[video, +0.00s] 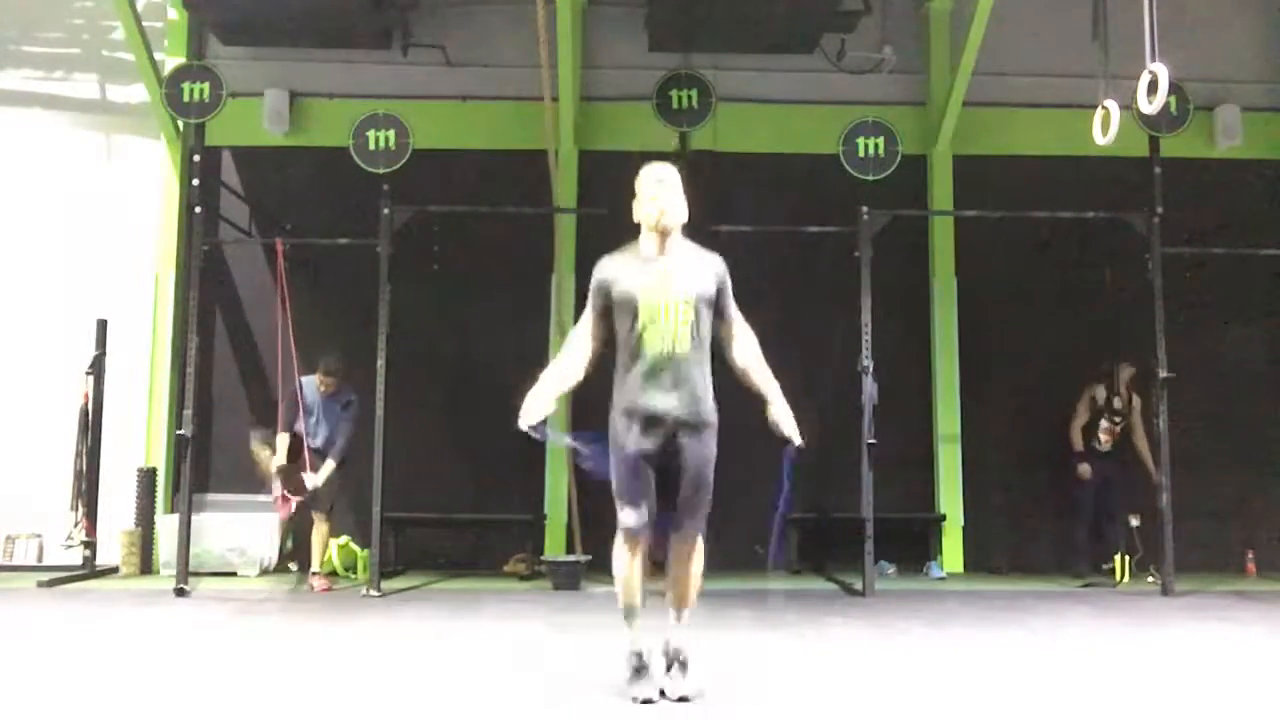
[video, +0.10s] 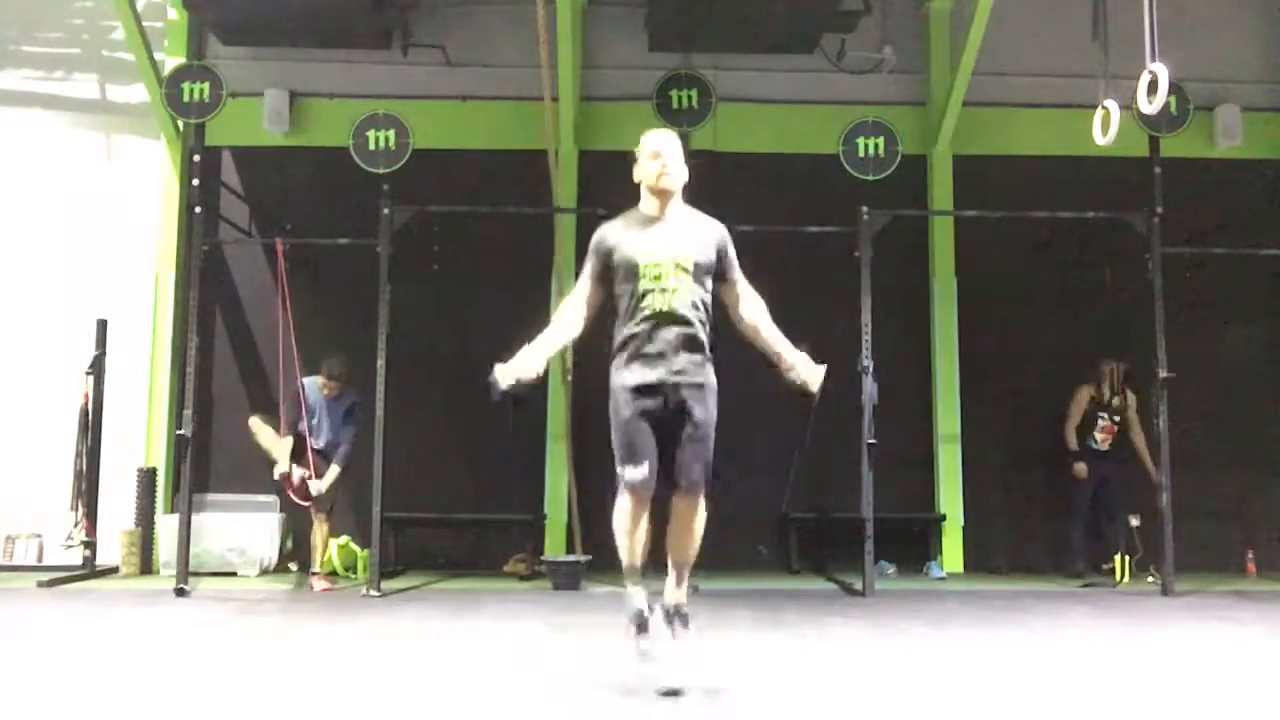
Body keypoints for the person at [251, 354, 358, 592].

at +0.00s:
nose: (322, 388)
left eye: (328, 385)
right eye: (320, 382)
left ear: (340, 381)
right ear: (316, 375)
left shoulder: (349, 401)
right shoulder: (301, 386)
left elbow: (342, 441)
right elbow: (285, 423)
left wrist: (321, 475)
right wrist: (280, 460)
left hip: (328, 457)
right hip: (298, 449)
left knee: (321, 514)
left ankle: (316, 571)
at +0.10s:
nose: (327, 391)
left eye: (333, 388)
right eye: (325, 386)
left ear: (344, 384)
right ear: (320, 377)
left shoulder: (351, 404)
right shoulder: (304, 387)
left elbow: (346, 445)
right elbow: (289, 425)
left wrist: (325, 483)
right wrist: (285, 462)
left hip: (327, 454)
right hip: (300, 445)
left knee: (321, 514)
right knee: (255, 422)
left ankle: (316, 573)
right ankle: (291, 470)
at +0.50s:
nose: (325, 394)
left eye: (331, 391)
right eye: (323, 388)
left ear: (342, 387)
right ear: (319, 382)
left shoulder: (350, 400)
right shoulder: (305, 390)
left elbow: (339, 440)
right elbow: (283, 420)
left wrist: (314, 471)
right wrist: (271, 454)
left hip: (328, 455)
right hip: (299, 445)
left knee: (322, 514)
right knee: (281, 446)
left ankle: (316, 572)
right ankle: (293, 496)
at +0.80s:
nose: (320, 396)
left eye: (326, 391)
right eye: (318, 390)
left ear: (336, 388)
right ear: (313, 385)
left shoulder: (347, 406)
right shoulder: (300, 395)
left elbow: (332, 446)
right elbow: (275, 427)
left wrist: (300, 477)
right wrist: (260, 460)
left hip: (332, 458)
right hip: (302, 449)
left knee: (323, 513)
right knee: (289, 452)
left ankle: (316, 573)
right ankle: (282, 518)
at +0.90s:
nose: (321, 389)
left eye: (327, 385)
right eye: (317, 383)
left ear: (337, 383)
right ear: (311, 379)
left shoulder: (347, 402)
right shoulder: (297, 392)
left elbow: (340, 446)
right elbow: (270, 425)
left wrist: (312, 480)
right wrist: (259, 461)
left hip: (330, 457)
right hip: (301, 449)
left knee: (324, 514)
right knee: (286, 480)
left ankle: (316, 573)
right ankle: (276, 541)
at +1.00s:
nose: (323, 381)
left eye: (329, 376)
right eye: (319, 375)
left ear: (337, 377)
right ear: (312, 372)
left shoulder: (347, 397)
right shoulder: (297, 388)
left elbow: (349, 443)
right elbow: (268, 419)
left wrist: (336, 481)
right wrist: (263, 455)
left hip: (328, 461)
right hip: (299, 455)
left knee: (325, 518)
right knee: (283, 496)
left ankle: (316, 572)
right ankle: (272, 556)